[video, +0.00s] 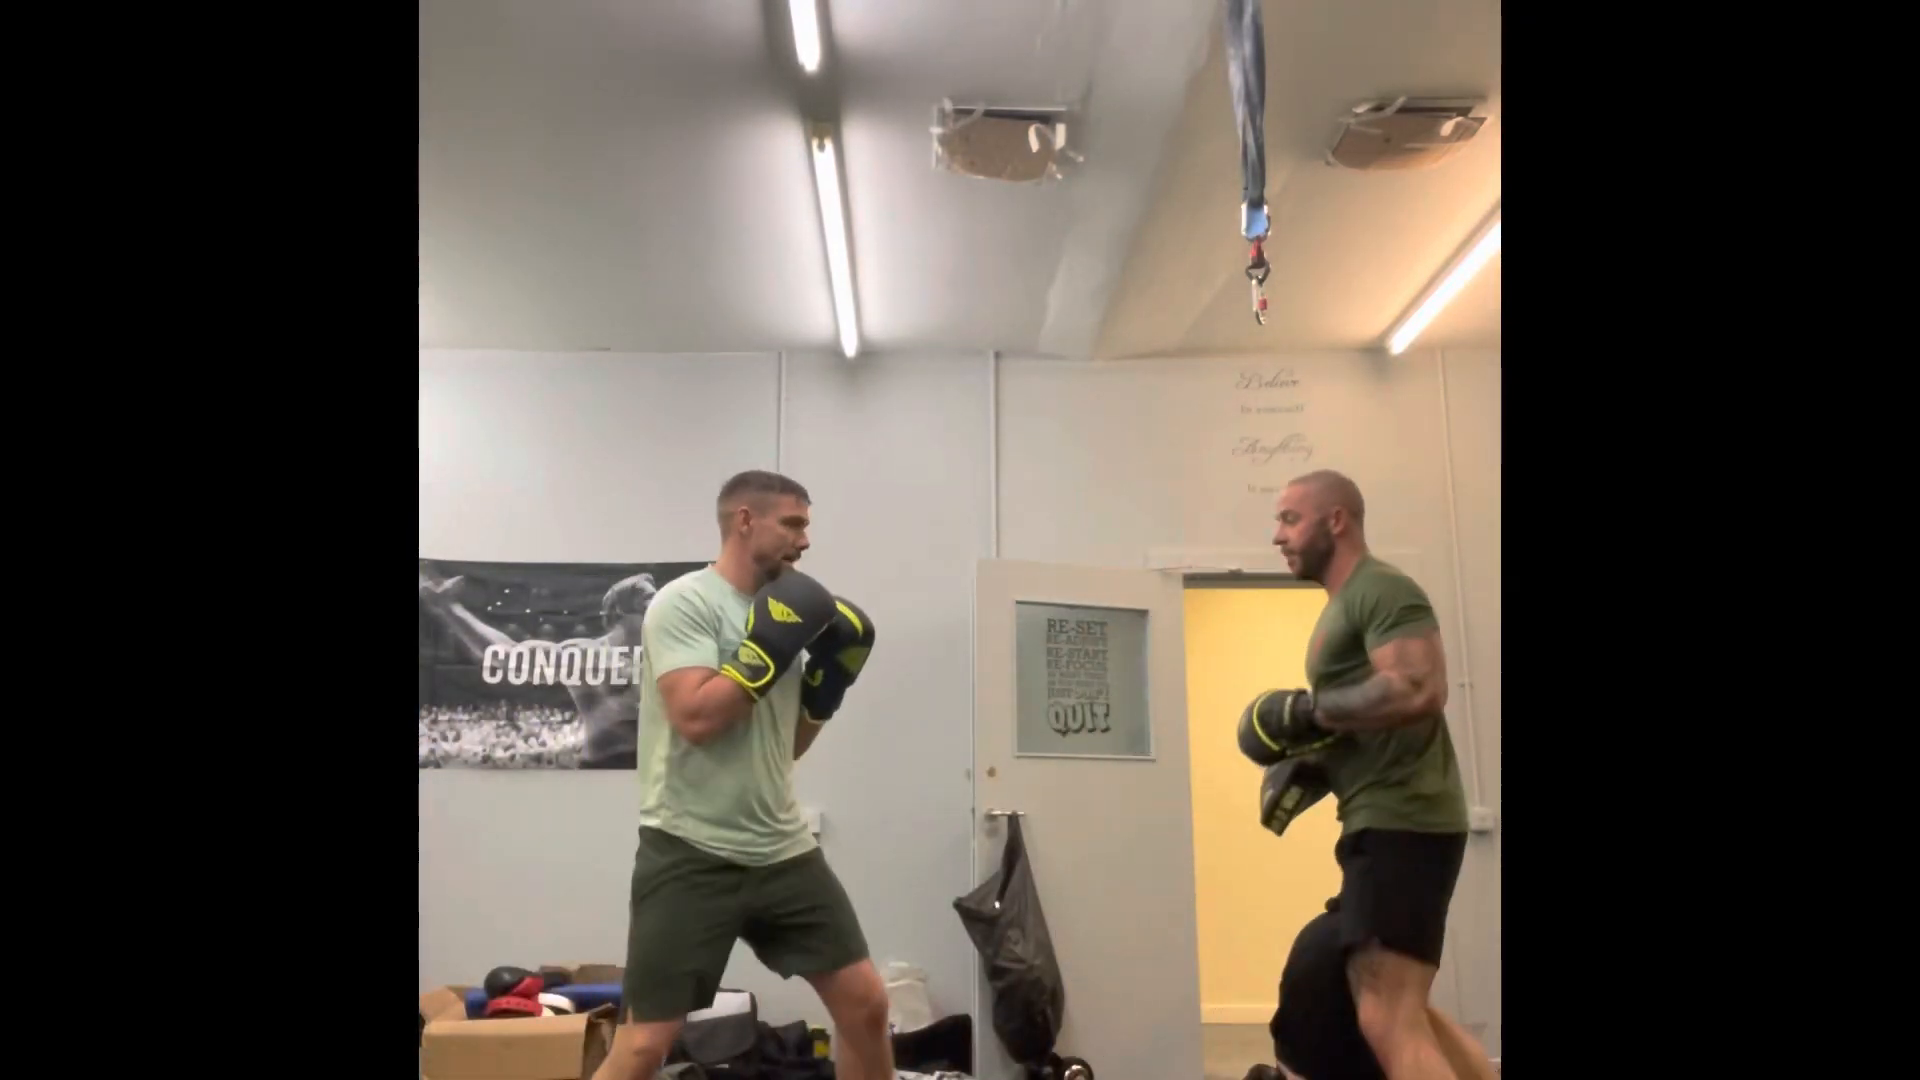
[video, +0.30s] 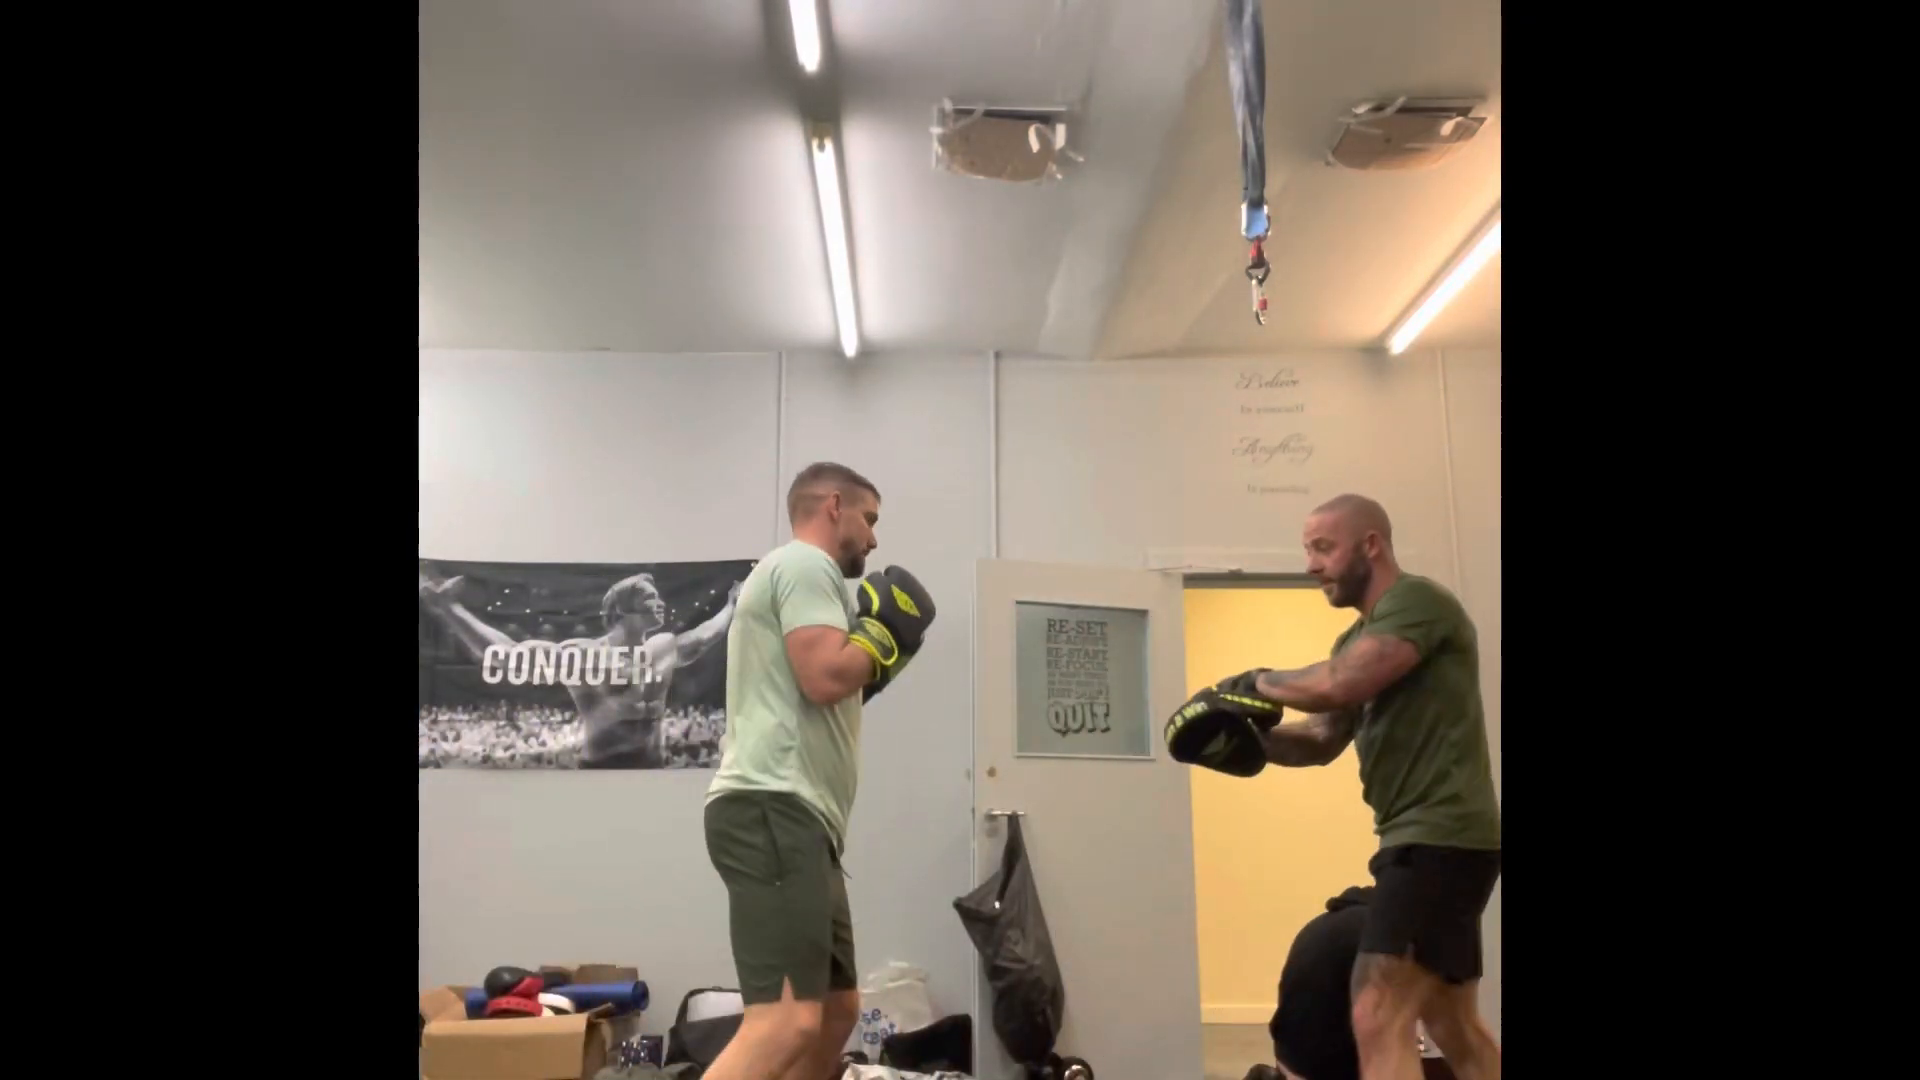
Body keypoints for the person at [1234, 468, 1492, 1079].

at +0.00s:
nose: (1279, 534)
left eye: (1291, 520)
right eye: (1278, 521)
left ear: (1337, 522)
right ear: (1333, 526)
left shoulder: (1381, 589)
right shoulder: (1345, 607)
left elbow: (1418, 689)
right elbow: (1375, 720)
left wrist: (1308, 712)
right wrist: (1319, 767)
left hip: (1406, 823)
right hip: (1383, 824)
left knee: (1387, 1012)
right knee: (1405, 1010)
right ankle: (1484, 1072)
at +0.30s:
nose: (1311, 565)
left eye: (1322, 548)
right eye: (1308, 551)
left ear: (1372, 544)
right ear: (1364, 550)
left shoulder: (1418, 601)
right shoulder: (1355, 641)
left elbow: (1347, 682)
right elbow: (1320, 740)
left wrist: (1261, 682)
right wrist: (1246, 738)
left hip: (1444, 835)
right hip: (1418, 837)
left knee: (1380, 1017)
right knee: (1452, 1025)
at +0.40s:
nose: (1295, 561)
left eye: (1308, 545)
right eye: (1293, 548)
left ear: (1356, 544)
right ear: (1355, 549)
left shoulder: (1393, 601)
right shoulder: (1371, 628)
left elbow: (1306, 687)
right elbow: (1308, 738)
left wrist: (1235, 684)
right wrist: (1227, 742)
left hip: (1427, 835)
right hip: (1439, 834)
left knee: (1356, 1015)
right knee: (1453, 1023)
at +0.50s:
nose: (1284, 557)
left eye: (1297, 541)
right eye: (1281, 544)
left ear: (1346, 540)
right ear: (1344, 545)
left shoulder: (1377, 599)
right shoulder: (1357, 625)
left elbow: (1282, 682)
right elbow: (1295, 735)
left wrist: (1218, 678)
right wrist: (1208, 733)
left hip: (1420, 834)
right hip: (1426, 834)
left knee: (1342, 1018)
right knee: (1452, 1024)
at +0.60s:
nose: (1270, 558)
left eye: (1282, 541)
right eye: (1267, 545)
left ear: (1331, 540)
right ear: (1323, 545)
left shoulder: (1371, 600)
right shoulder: (1319, 636)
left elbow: (1278, 685)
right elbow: (1269, 738)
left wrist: (1194, 681)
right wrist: (1189, 738)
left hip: (1424, 836)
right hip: (1407, 838)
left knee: (1350, 1019)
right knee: (1445, 1024)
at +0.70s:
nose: (1267, 562)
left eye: (1278, 545)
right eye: (1264, 549)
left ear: (1327, 541)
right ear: (1325, 546)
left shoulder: (1364, 600)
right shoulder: (1346, 617)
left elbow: (1267, 683)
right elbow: (1273, 724)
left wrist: (1194, 668)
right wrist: (1193, 719)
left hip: (1410, 832)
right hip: (1423, 830)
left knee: (1340, 1016)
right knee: (1440, 1019)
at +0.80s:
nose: (1262, 567)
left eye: (1272, 550)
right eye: (1258, 553)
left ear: (1321, 544)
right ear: (1318, 549)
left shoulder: (1361, 604)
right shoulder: (1339, 621)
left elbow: (1283, 699)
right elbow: (1283, 740)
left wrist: (1208, 682)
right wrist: (1205, 728)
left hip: (1408, 831)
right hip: (1419, 831)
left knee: (1340, 1016)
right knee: (1435, 1019)